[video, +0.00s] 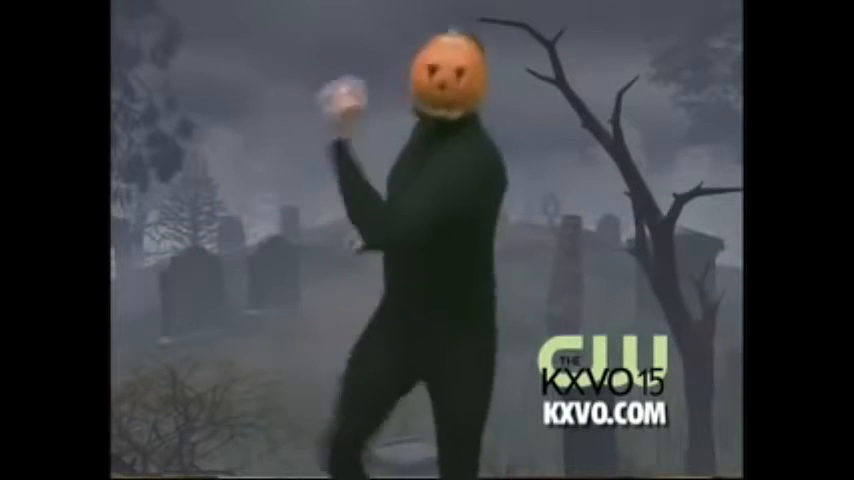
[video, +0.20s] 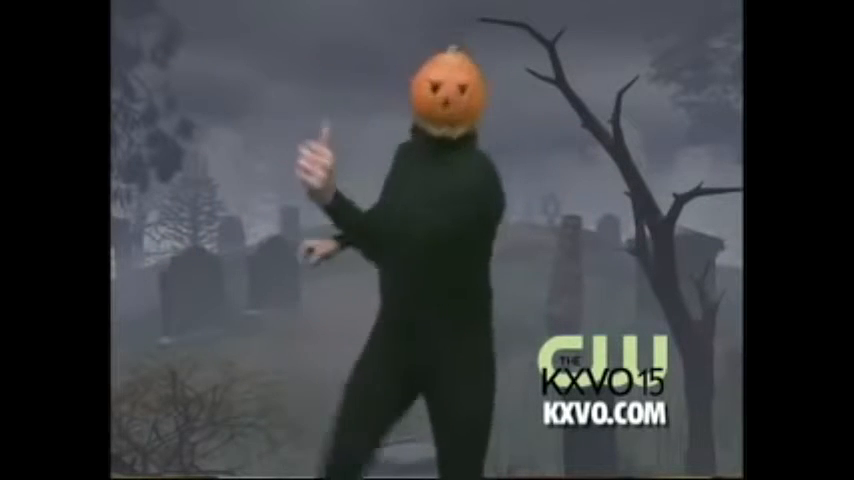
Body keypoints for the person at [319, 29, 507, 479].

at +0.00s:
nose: (443, 79)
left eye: (459, 72)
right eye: (432, 68)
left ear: (478, 87)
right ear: (415, 78)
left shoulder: (476, 158)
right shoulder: (422, 141)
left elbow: (386, 230)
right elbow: (429, 232)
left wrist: (340, 142)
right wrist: (379, 237)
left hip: (460, 335)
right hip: (400, 325)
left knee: (458, 469)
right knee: (342, 450)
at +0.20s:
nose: (447, 95)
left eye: (461, 87)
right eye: (436, 84)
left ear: (479, 102)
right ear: (416, 95)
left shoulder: (478, 177)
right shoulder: (409, 157)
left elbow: (404, 250)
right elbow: (389, 218)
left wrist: (332, 199)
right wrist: (342, 242)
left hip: (460, 350)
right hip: (396, 342)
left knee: (461, 470)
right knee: (344, 458)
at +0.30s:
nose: (432, 128)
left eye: (448, 121)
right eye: (420, 116)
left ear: (466, 135)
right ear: (402, 125)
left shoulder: (473, 207)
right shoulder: (388, 184)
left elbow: (423, 278)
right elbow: (380, 270)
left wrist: (355, 222)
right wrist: (346, 225)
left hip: (459, 363)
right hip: (391, 355)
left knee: (466, 471)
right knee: (314, 434)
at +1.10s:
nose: (318, 55)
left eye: (329, 44)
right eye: (302, 46)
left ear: (346, 55)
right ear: (281, 63)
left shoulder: (359, 114)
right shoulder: (287, 133)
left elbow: (373, 203)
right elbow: (375, 195)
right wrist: (455, 124)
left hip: (388, 300)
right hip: (329, 313)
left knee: (483, 401)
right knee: (333, 456)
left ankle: (437, 473)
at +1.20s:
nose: (314, 71)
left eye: (323, 59)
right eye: (298, 64)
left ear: (341, 70)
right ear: (280, 84)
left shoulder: (359, 133)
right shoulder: (292, 152)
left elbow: (378, 221)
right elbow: (386, 201)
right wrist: (485, 144)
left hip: (397, 318)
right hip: (338, 331)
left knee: (456, 443)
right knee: (342, 464)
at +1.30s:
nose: (335, 109)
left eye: (345, 96)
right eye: (319, 102)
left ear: (361, 105)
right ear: (301, 119)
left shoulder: (377, 160)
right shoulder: (306, 193)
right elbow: (403, 244)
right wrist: (472, 163)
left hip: (397, 343)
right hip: (337, 357)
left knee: (473, 451)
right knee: (338, 472)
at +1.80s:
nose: (487, 124)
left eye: (502, 113)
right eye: (473, 113)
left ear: (521, 124)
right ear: (452, 122)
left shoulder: (540, 202)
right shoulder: (421, 198)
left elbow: (591, 299)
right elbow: (376, 283)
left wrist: (524, 341)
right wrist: (335, 371)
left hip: (498, 373)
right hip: (417, 367)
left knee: (511, 472)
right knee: (359, 470)